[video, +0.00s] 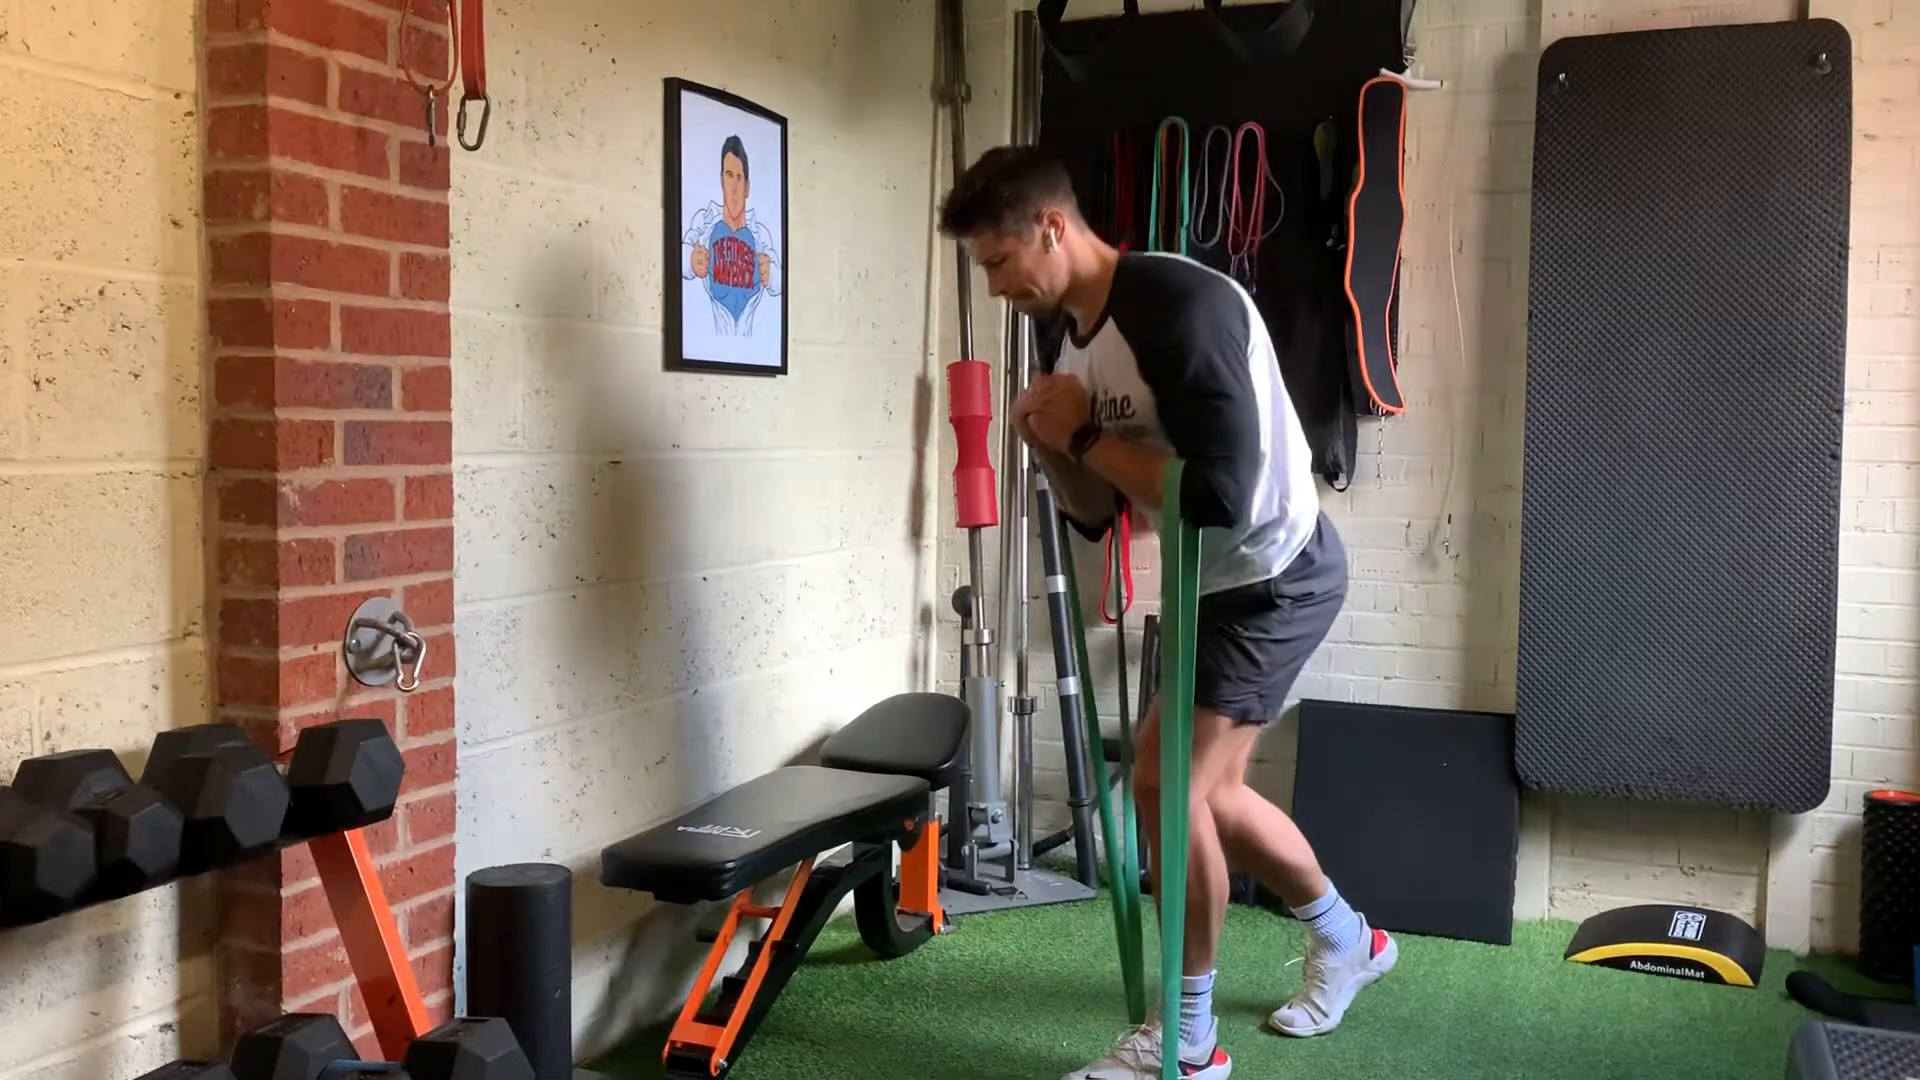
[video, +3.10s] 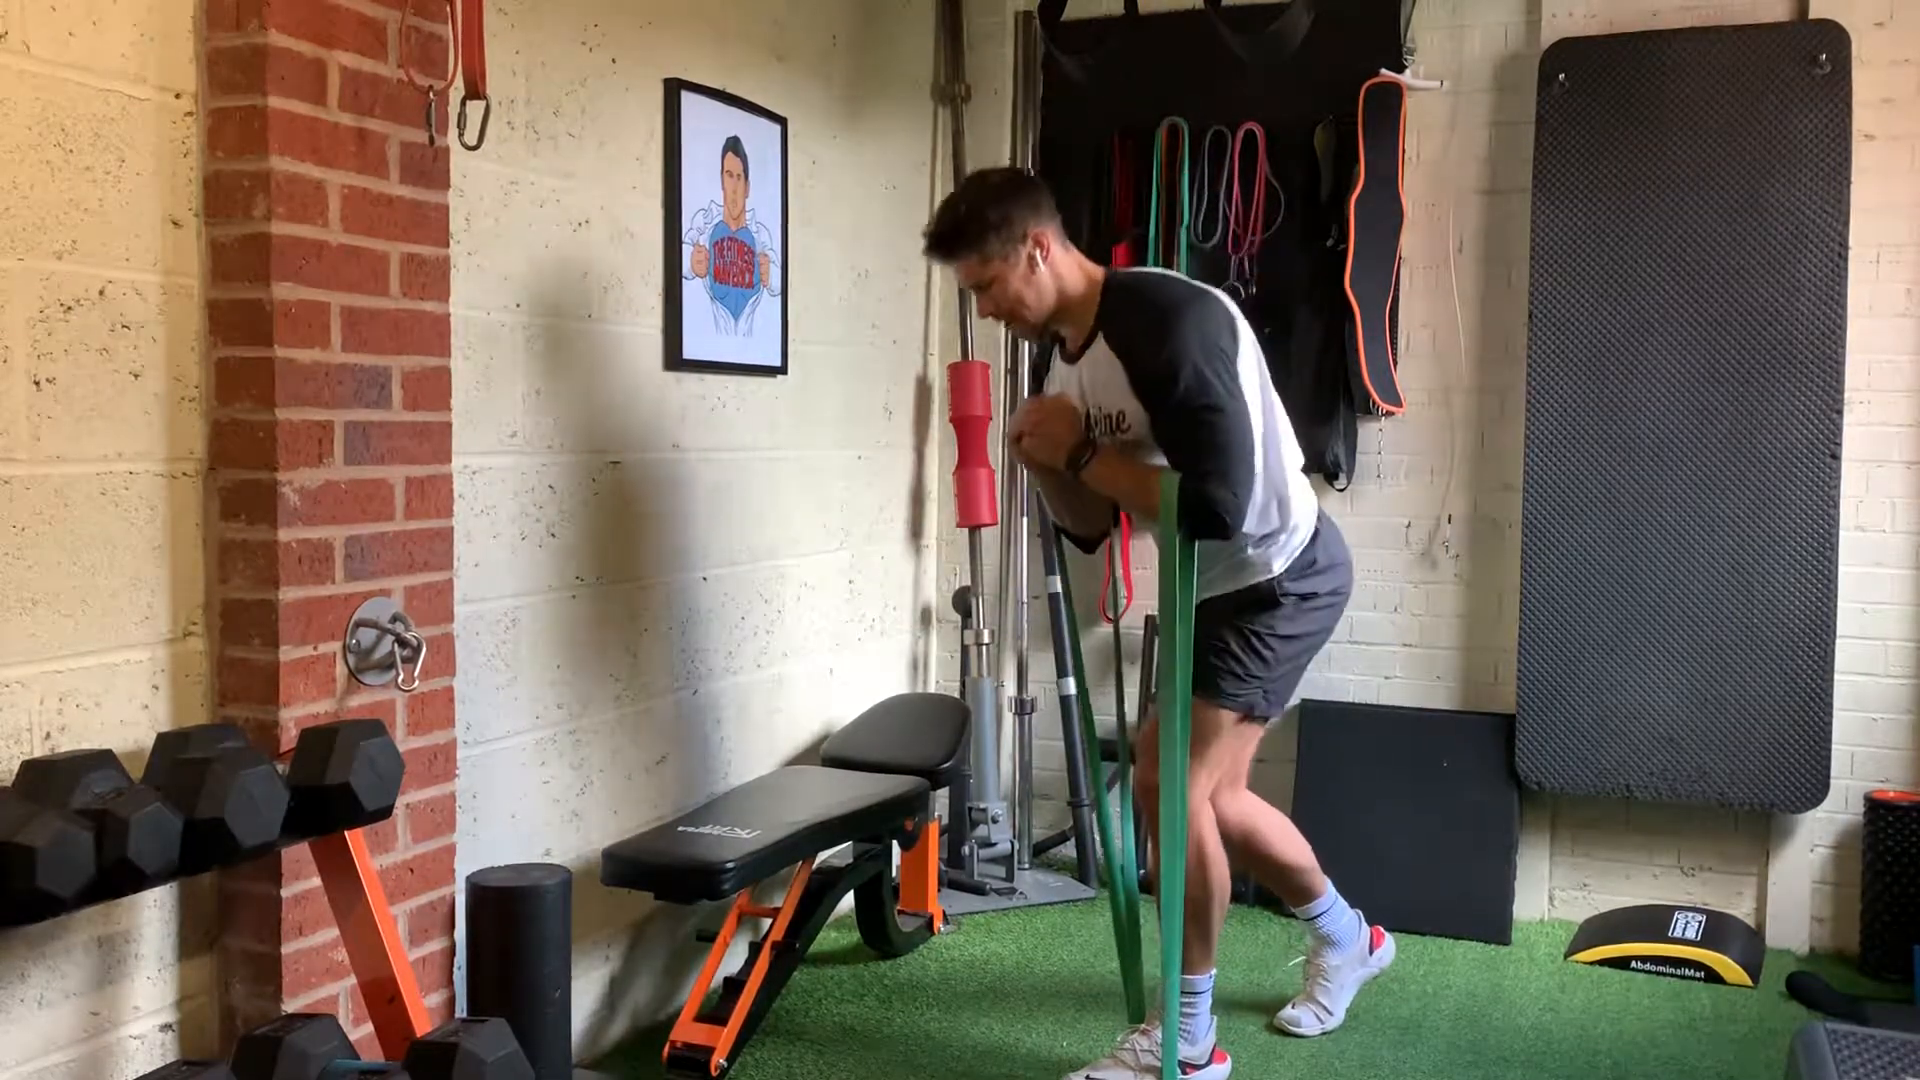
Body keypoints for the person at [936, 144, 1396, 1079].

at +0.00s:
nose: (995, 286)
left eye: (1001, 262)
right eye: (985, 268)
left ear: (1054, 228)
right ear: (1045, 236)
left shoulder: (1184, 308)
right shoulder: (1067, 333)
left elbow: (1222, 498)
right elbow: (1101, 512)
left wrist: (1084, 441)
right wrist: (1053, 448)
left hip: (1278, 574)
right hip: (1205, 576)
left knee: (1162, 778)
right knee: (1211, 789)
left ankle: (1188, 1034)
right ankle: (1348, 936)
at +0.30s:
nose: (946, 430)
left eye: (948, 406)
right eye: (936, 413)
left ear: (1003, 370)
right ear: (999, 374)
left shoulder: (1146, 417)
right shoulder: (1033, 457)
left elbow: (1214, 590)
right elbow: (1095, 612)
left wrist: (1075, 551)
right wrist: (1040, 565)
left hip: (1310, 586)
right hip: (1236, 595)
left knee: (1191, 795)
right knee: (1210, 807)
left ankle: (1187, 1037)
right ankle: (1350, 940)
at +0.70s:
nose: (926, 577)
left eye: (928, 556)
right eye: (916, 561)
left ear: (978, 521)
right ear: (979, 522)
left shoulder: (1125, 538)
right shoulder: (1025, 577)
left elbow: (1211, 712)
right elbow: (1104, 710)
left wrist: (1070, 675)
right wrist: (1036, 686)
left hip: (1328, 594)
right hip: (1252, 608)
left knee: (1195, 800)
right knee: (1211, 817)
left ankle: (1187, 1041)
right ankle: (1353, 942)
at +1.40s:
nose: (941, 461)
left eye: (945, 439)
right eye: (932, 445)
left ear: (999, 407)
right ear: (995, 410)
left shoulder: (1136, 453)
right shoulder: (1031, 486)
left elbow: (1205, 626)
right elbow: (1095, 636)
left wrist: (1068, 582)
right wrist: (1037, 592)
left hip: (1316, 589)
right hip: (1252, 601)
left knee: (1188, 799)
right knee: (1207, 822)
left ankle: (1185, 1040)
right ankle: (1357, 944)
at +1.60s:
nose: (976, 329)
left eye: (980, 303)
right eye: (963, 311)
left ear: (1032, 272)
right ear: (1017, 284)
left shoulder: (1161, 343)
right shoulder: (1049, 380)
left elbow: (1209, 528)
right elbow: (1084, 547)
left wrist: (1076, 469)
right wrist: (1042, 479)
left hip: (1287, 571)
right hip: (1210, 581)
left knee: (1171, 785)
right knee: (1226, 813)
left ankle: (1185, 1036)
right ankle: (1357, 944)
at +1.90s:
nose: (1062, 215)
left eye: (1068, 187)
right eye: (1047, 198)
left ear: (1119, 150)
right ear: (1052, 189)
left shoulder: (1232, 251)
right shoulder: (1089, 273)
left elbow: (1235, 429)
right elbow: (1088, 450)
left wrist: (1116, 347)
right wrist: (1076, 359)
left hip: (1242, 555)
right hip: (1161, 564)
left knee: (1163, 777)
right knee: (1233, 781)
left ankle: (1185, 1037)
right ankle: (1349, 938)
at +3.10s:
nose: (982, 309)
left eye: (986, 285)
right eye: (972, 293)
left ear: (1039, 249)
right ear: (1031, 258)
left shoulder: (1175, 325)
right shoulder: (1062, 354)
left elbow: (1220, 507)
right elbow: (1093, 525)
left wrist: (1081, 456)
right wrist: (1044, 461)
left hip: (1281, 574)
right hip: (1211, 577)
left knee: (1168, 782)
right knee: (1214, 794)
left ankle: (1187, 1039)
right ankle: (1348, 937)